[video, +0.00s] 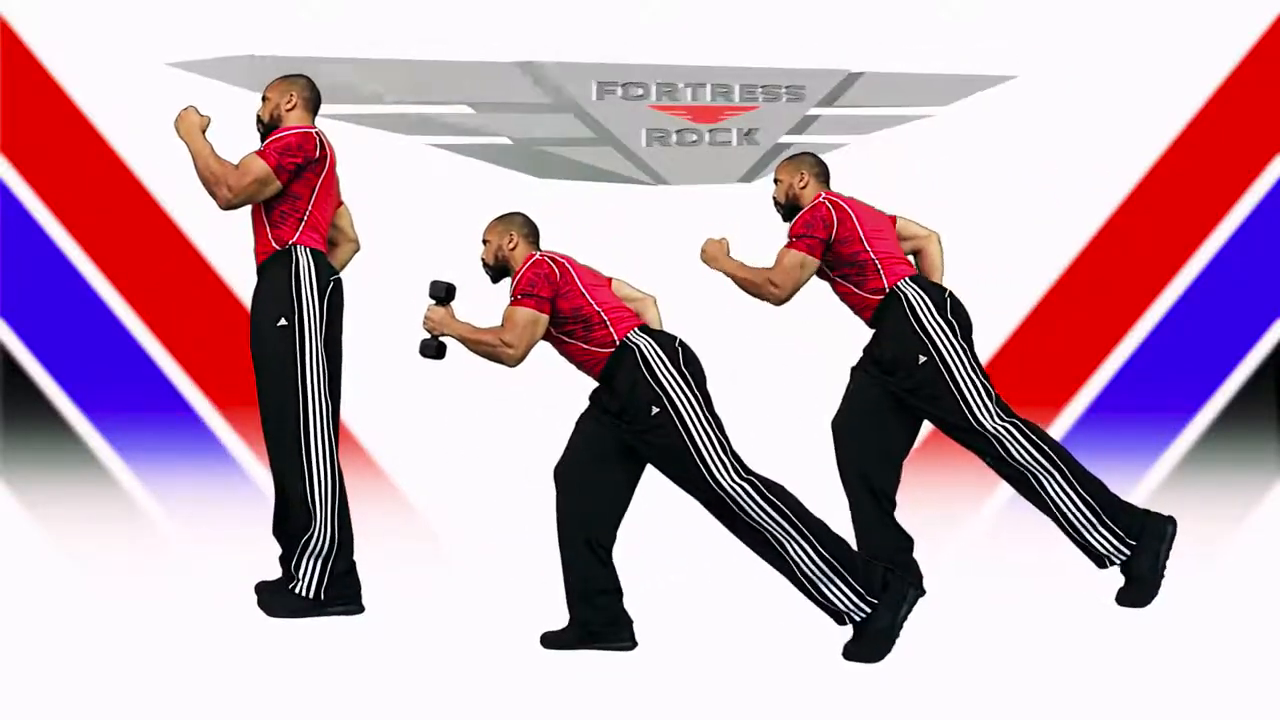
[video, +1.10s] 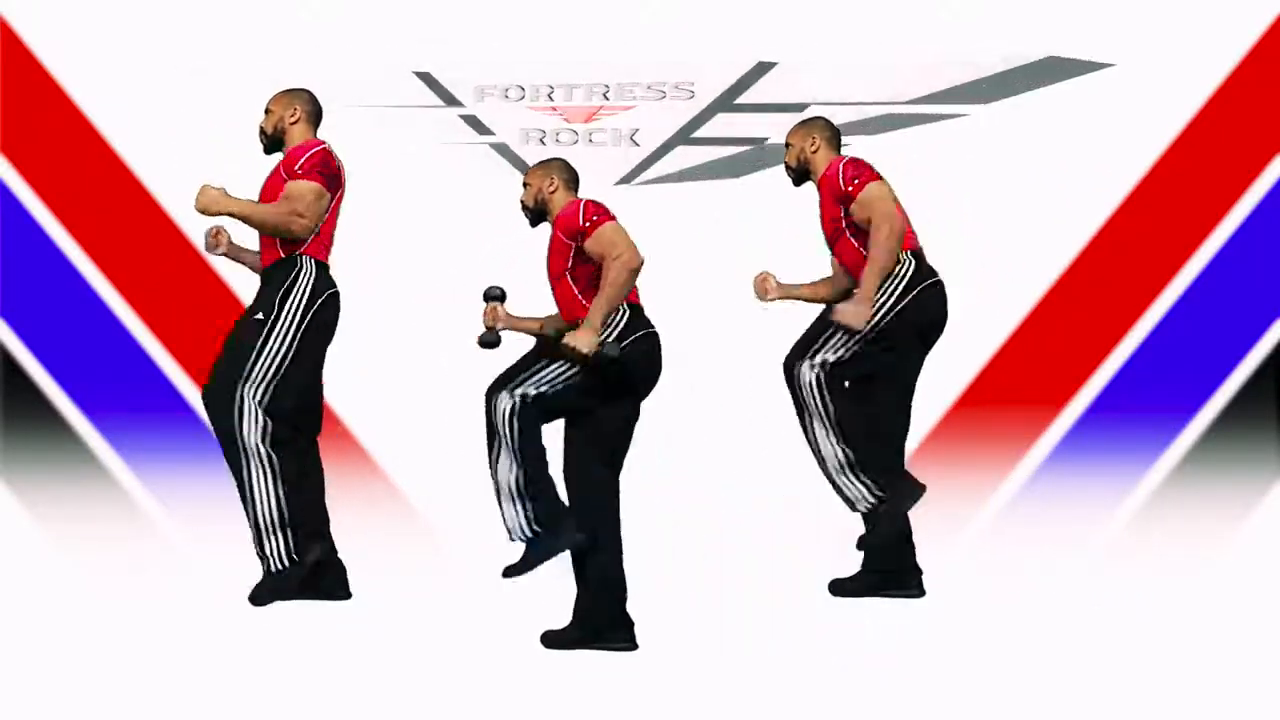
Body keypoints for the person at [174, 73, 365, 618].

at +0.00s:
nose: (258, 108)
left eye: (264, 98)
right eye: (260, 101)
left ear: (288, 101)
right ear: (301, 106)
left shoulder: (299, 141)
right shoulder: (308, 153)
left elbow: (229, 190)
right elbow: (345, 239)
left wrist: (195, 136)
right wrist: (300, 287)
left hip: (296, 285)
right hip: (296, 286)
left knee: (304, 432)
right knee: (295, 432)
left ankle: (323, 583)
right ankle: (309, 575)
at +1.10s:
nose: (261, 120)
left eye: (268, 111)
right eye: (263, 112)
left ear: (292, 114)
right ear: (295, 117)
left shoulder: (313, 153)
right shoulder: (283, 174)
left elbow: (300, 217)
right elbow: (282, 263)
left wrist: (229, 204)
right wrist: (235, 249)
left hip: (298, 287)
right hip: (288, 292)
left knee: (241, 400)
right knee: (291, 426)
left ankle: (285, 562)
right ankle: (318, 566)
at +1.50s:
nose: (261, 126)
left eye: (268, 116)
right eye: (263, 119)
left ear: (294, 118)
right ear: (295, 122)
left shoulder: (319, 154)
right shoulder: (286, 186)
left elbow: (364, 211)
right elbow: (229, 231)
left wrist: (305, 240)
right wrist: (211, 175)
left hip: (305, 277)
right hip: (296, 297)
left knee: (185, 286)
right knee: (289, 436)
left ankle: (189, 422)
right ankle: (319, 568)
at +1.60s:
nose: (261, 126)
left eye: (267, 117)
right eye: (263, 119)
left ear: (293, 118)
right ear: (295, 121)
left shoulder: (319, 155)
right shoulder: (284, 186)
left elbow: (364, 210)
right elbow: (228, 230)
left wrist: (305, 239)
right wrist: (209, 175)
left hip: (306, 276)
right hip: (298, 297)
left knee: (186, 289)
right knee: (291, 437)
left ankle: (193, 425)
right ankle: (318, 571)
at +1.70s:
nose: (261, 126)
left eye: (267, 116)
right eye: (263, 119)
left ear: (293, 118)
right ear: (294, 122)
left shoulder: (319, 154)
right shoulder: (284, 185)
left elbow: (364, 210)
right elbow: (228, 229)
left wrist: (304, 240)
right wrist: (210, 174)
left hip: (307, 277)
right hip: (298, 296)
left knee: (187, 290)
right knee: (290, 437)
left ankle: (194, 426)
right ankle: (316, 571)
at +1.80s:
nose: (261, 125)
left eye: (268, 116)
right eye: (263, 118)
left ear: (294, 118)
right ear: (294, 122)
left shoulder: (321, 156)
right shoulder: (283, 186)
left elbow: (365, 211)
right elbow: (228, 229)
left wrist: (305, 241)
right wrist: (211, 173)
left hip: (308, 277)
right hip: (297, 294)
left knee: (187, 291)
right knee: (289, 438)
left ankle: (195, 426)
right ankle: (317, 571)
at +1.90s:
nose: (262, 126)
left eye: (268, 116)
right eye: (263, 119)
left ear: (295, 117)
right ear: (295, 122)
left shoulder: (321, 156)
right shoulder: (284, 185)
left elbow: (364, 212)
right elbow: (227, 228)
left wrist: (304, 242)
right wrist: (211, 173)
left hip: (307, 277)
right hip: (296, 295)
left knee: (186, 292)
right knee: (289, 438)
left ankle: (195, 427)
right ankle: (317, 571)